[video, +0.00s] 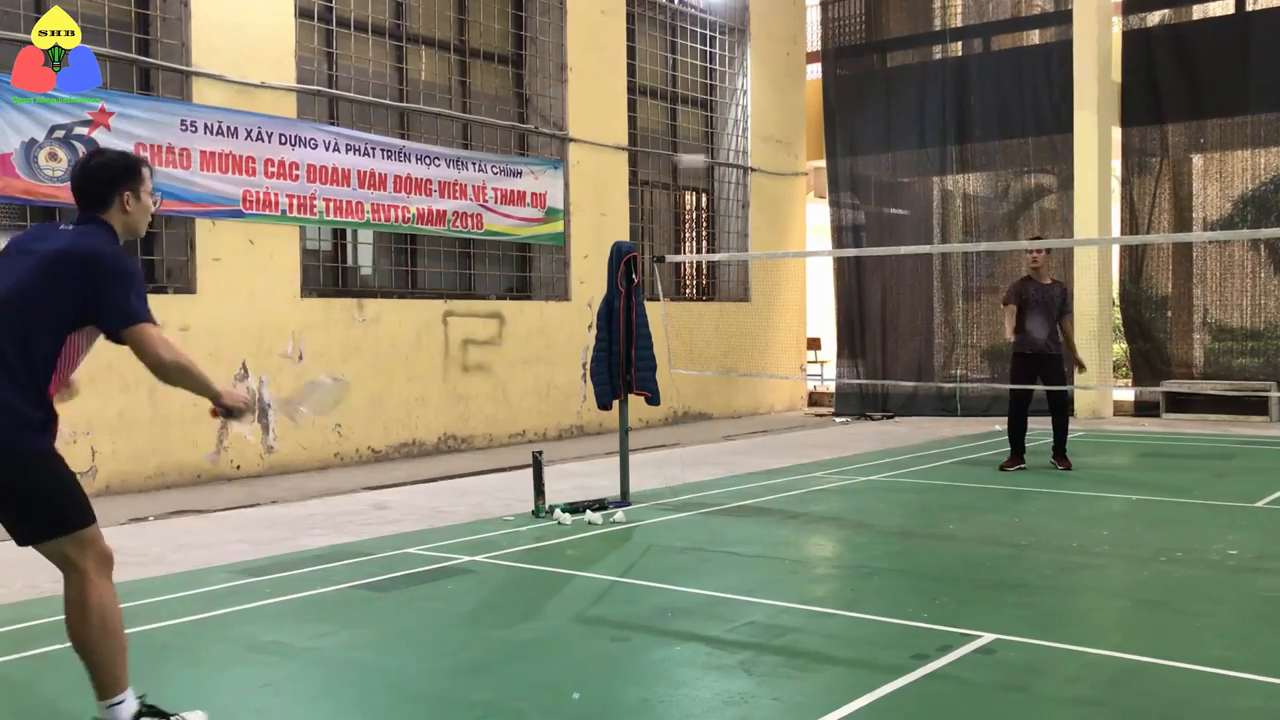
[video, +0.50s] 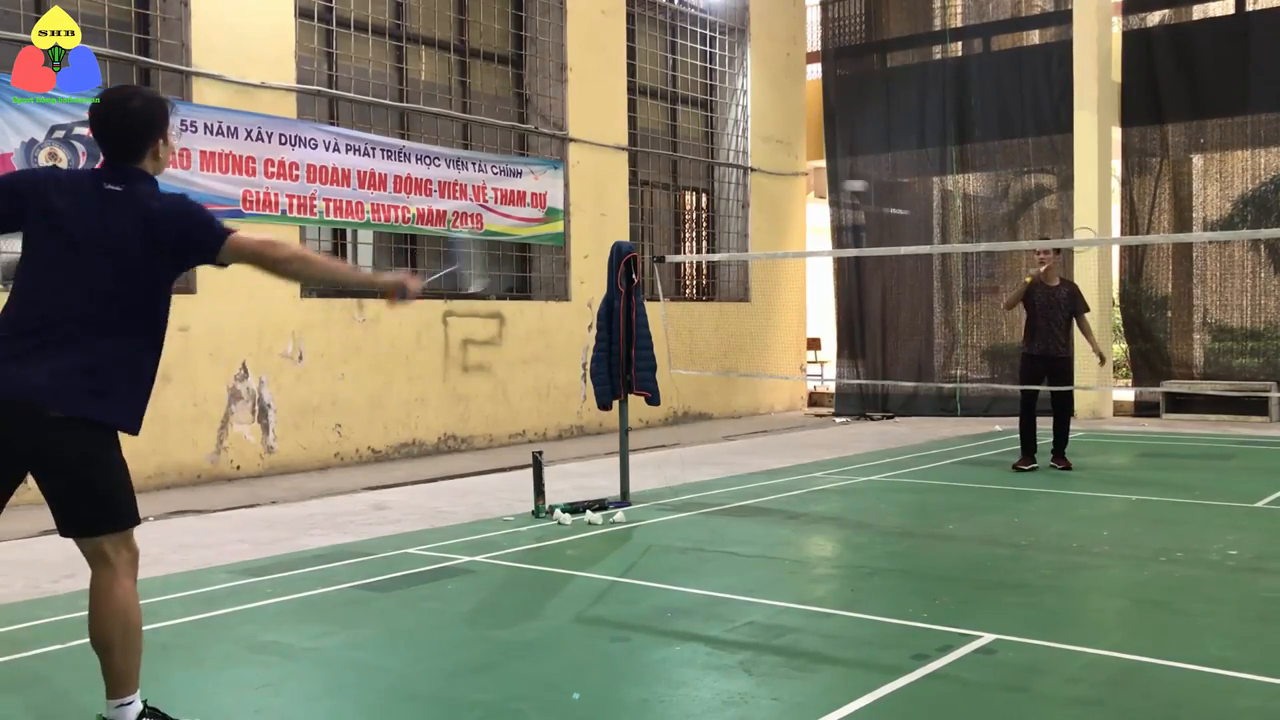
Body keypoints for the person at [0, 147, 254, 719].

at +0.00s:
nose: (153, 206)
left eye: (152, 194)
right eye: (148, 193)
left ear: (92, 200)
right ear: (124, 198)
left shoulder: (32, 239)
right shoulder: (104, 258)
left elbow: (10, 310)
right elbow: (162, 357)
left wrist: (41, 371)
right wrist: (220, 395)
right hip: (13, 430)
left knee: (80, 559)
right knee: (87, 560)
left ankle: (118, 706)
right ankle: (120, 708)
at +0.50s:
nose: (173, 142)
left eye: (169, 131)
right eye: (170, 132)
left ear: (101, 142)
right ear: (157, 143)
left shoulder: (44, 187)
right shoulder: (171, 215)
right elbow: (274, 254)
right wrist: (378, 281)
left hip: (8, 400)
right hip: (74, 416)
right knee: (113, 560)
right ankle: (123, 709)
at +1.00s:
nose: (178, 193)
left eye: (176, 181)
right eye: (174, 182)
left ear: (111, 184)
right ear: (154, 187)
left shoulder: (52, 224)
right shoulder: (148, 254)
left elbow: (7, 290)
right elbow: (191, 365)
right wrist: (244, 391)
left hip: (6, 423)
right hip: (63, 431)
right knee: (136, 567)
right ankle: (182, 702)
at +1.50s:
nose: (235, 147)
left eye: (233, 136)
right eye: (233, 137)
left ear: (167, 142)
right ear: (221, 144)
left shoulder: (115, 190)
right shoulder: (237, 215)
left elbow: (15, 240)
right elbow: (343, 243)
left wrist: (19, 278)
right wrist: (437, 256)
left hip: (60, 390)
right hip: (138, 405)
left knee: (8, 529)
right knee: (181, 544)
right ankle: (193, 695)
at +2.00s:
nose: (167, 197)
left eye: (165, 184)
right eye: (163, 185)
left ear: (108, 191)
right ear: (141, 190)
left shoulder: (54, 237)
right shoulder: (132, 256)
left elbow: (8, 301)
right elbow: (164, 363)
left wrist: (68, 333)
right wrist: (239, 402)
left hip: (9, 430)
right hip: (72, 436)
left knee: (3, 568)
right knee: (155, 553)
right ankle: (186, 701)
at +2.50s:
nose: (207, 193)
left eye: (201, 186)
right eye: (206, 187)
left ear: (145, 192)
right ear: (199, 197)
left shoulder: (93, 246)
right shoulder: (230, 268)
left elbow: (9, 272)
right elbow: (329, 287)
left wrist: (22, 295)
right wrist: (404, 297)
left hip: (64, 430)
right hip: (151, 439)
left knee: (26, 541)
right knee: (228, 528)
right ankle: (233, 663)